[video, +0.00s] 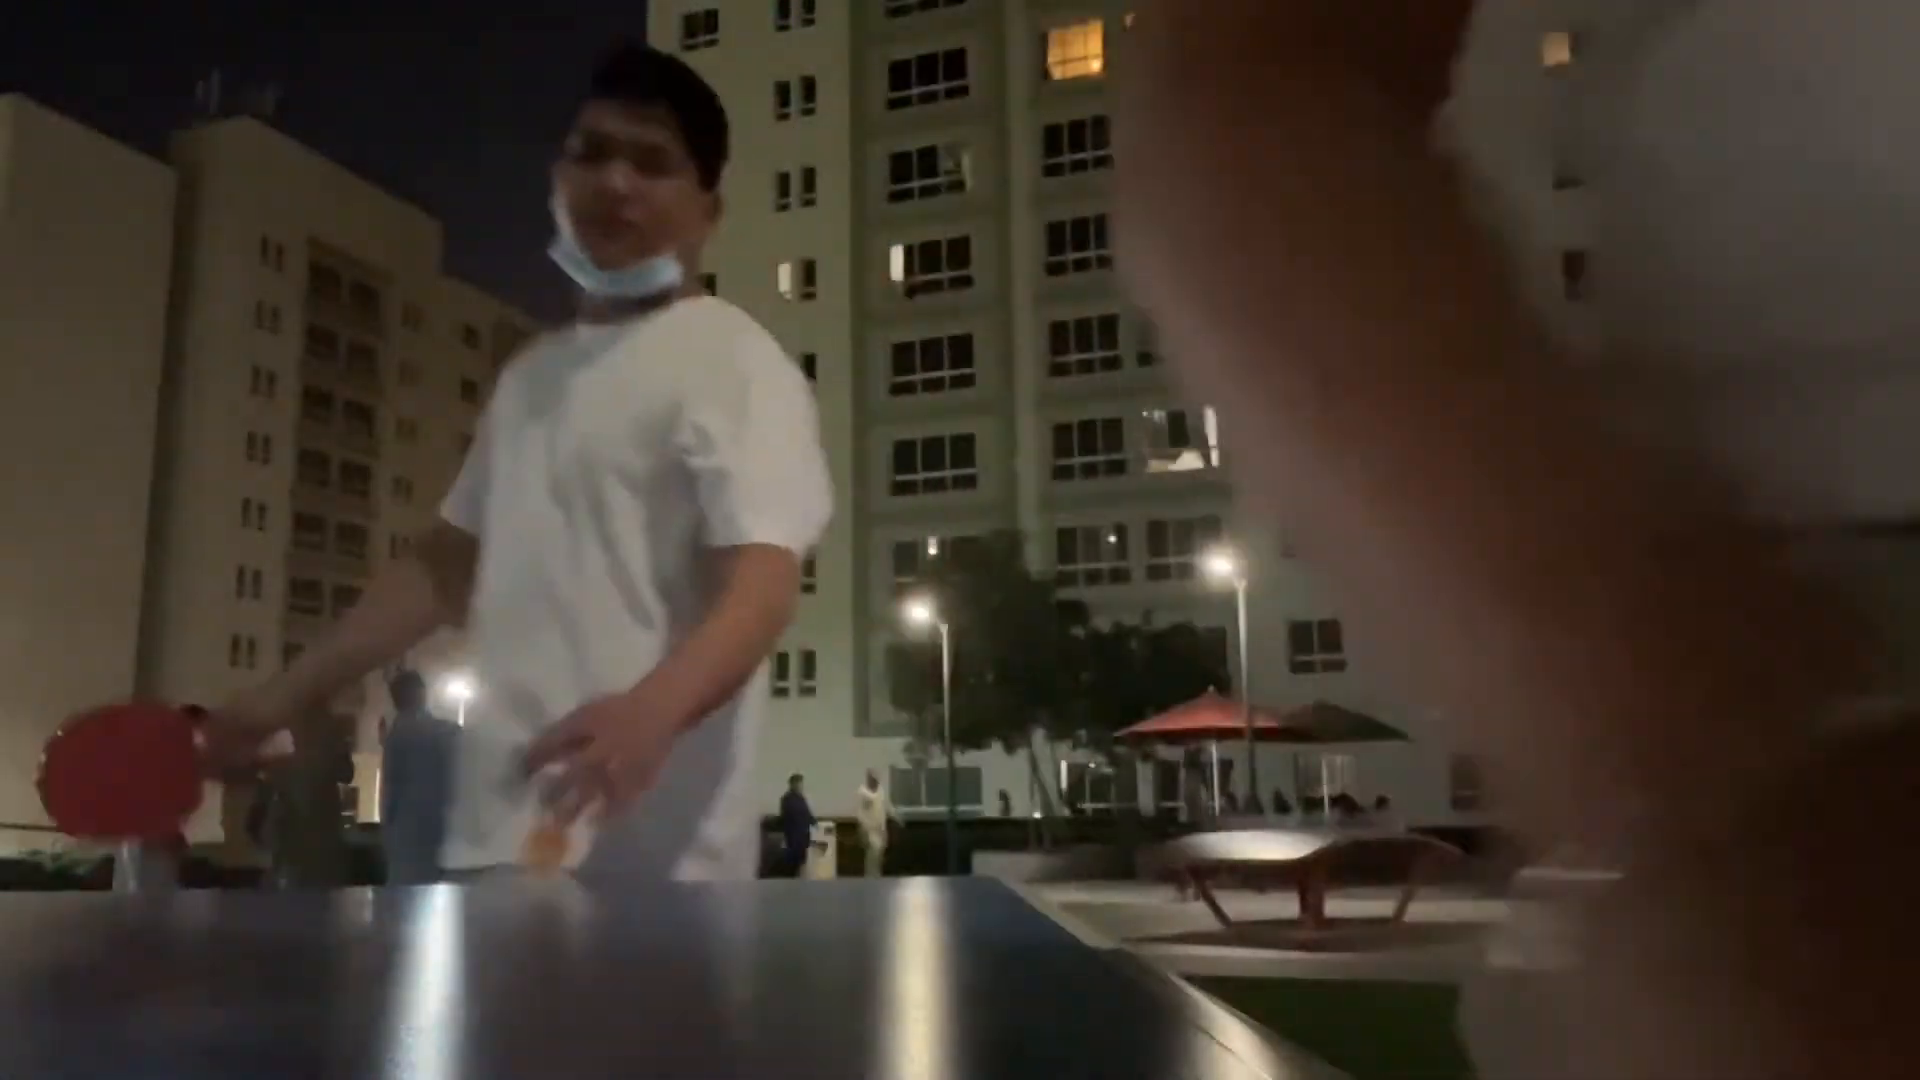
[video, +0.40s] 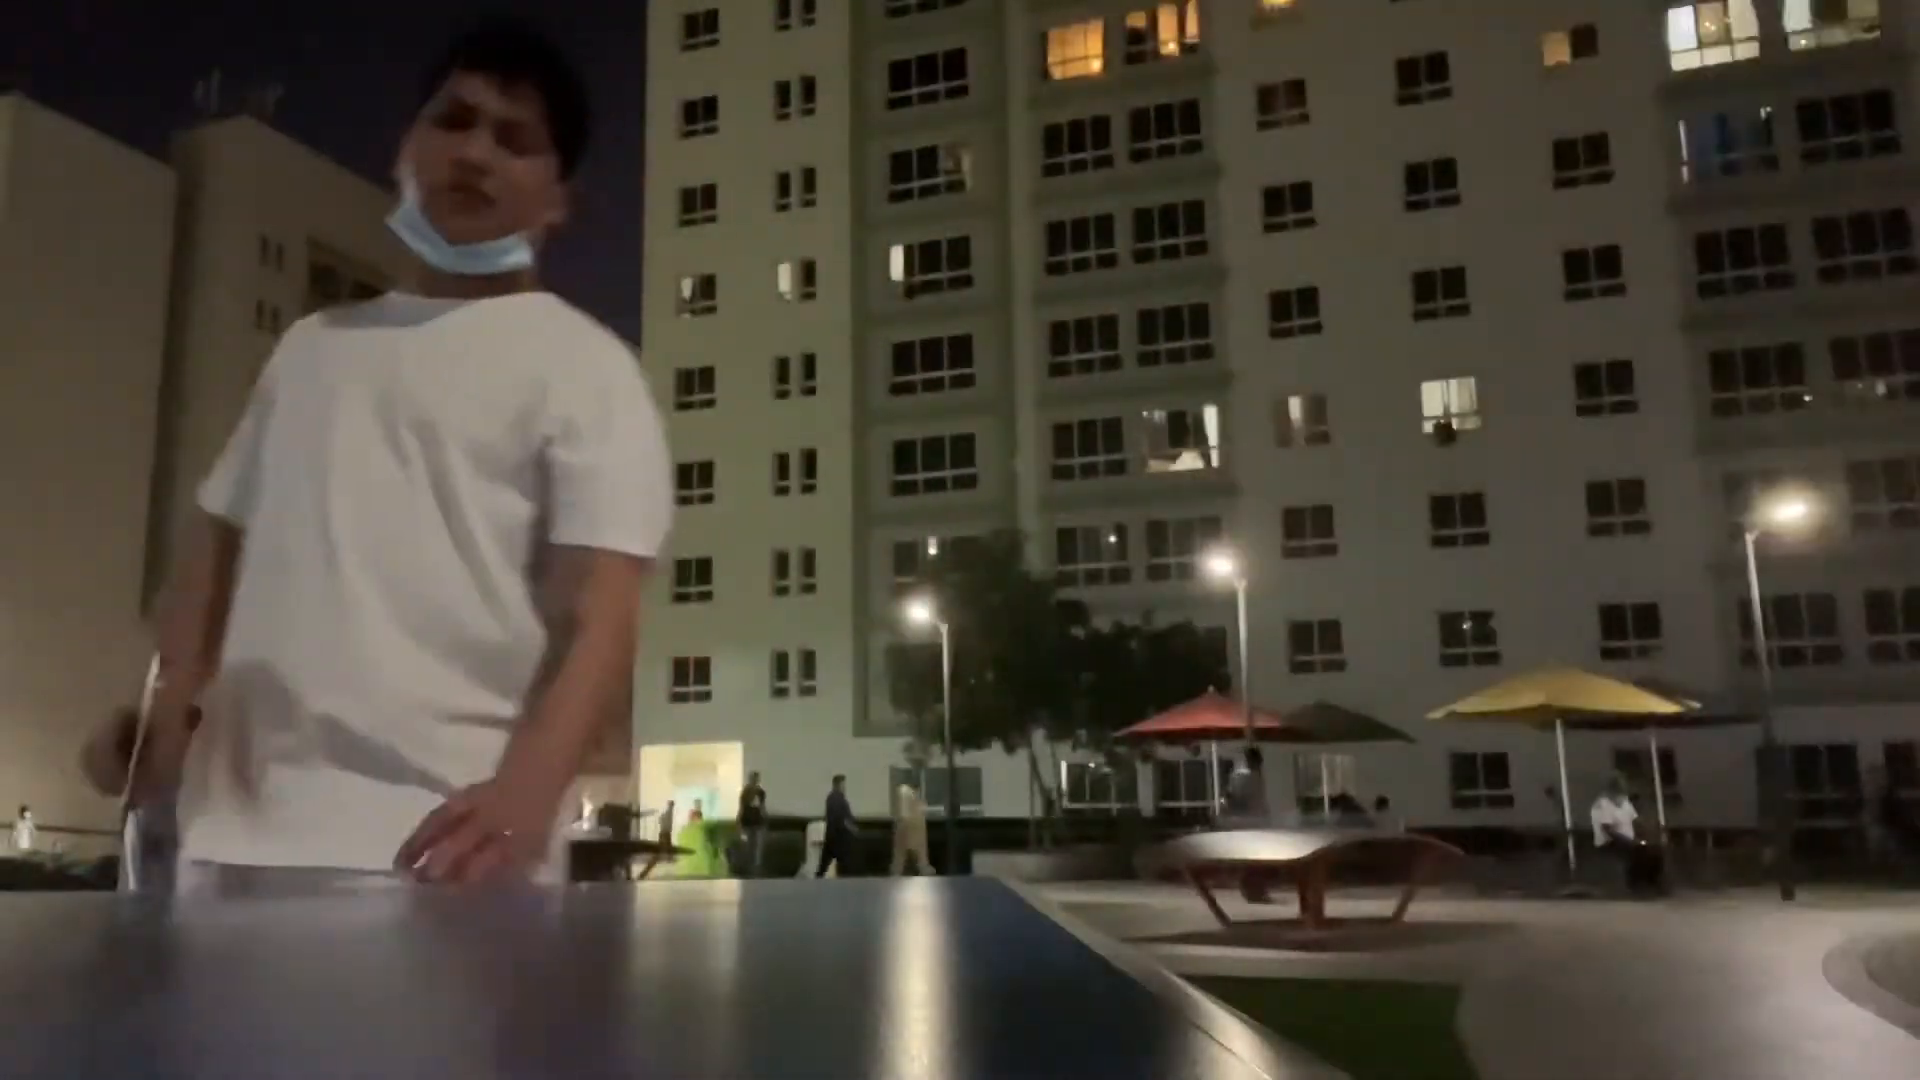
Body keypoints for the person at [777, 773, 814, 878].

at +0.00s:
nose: (802, 786)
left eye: (801, 783)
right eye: (800, 783)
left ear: (791, 784)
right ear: (795, 784)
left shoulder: (786, 798)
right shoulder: (798, 798)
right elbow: (805, 813)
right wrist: (813, 821)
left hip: (790, 832)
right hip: (799, 834)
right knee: (799, 858)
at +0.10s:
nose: (812, 787)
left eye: (812, 784)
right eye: (811, 785)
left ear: (802, 785)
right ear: (807, 785)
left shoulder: (797, 800)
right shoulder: (809, 800)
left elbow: (794, 818)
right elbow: (815, 817)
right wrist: (823, 823)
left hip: (800, 834)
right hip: (812, 835)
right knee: (813, 861)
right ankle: (816, 879)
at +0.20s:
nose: (821, 785)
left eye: (821, 782)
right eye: (819, 783)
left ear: (820, 783)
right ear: (815, 783)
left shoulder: (821, 797)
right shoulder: (811, 797)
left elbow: (826, 813)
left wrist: (831, 821)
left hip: (823, 828)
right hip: (815, 829)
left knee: (824, 851)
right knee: (819, 852)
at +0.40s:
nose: (844, 786)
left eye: (844, 784)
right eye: (843, 784)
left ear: (834, 784)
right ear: (839, 784)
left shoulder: (830, 797)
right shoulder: (840, 798)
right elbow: (845, 815)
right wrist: (853, 826)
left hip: (831, 833)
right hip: (841, 833)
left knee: (826, 858)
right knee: (843, 859)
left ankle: (819, 877)